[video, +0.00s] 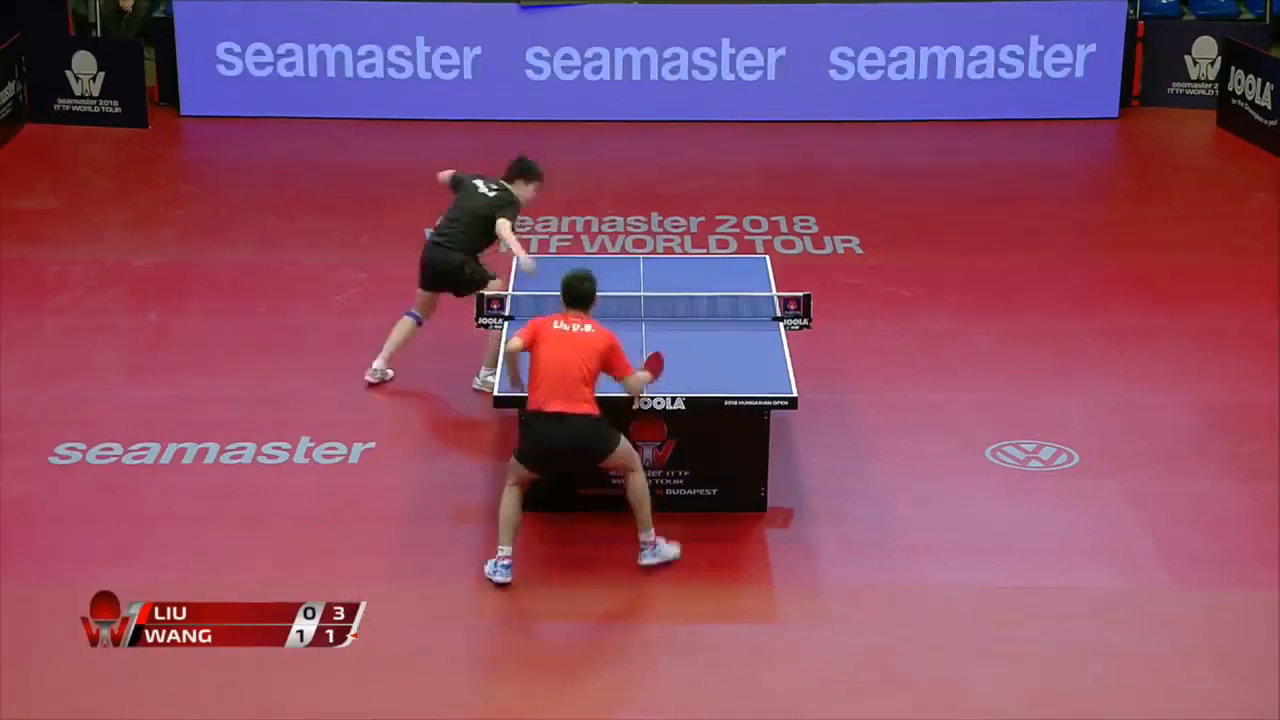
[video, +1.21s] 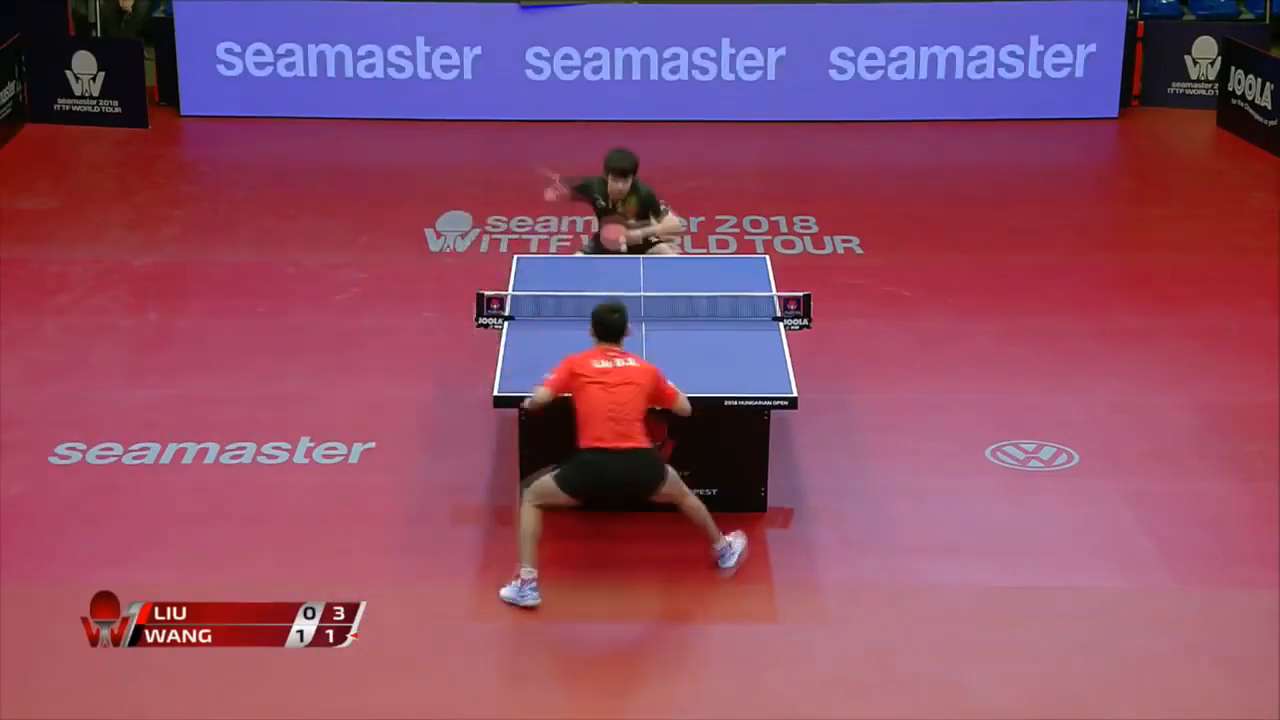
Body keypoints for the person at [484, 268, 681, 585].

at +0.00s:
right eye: (592, 297)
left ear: (562, 299)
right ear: (593, 301)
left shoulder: (540, 325)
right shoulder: (602, 336)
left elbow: (511, 347)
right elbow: (632, 386)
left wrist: (516, 382)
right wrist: (644, 375)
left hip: (540, 425)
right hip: (585, 425)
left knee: (515, 483)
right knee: (632, 466)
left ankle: (503, 561)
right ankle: (649, 544)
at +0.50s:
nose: (628, 306)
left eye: (627, 300)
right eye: (628, 301)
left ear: (596, 298)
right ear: (623, 303)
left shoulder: (564, 324)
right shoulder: (628, 340)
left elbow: (521, 349)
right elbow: (652, 377)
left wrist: (491, 360)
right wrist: (674, 359)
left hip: (564, 429)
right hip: (609, 432)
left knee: (512, 465)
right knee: (645, 432)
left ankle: (486, 542)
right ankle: (660, 512)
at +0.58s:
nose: (646, 306)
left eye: (645, 299)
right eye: (646, 300)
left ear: (615, 294)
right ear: (638, 301)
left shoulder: (584, 320)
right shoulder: (644, 335)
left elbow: (547, 348)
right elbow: (659, 367)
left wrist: (506, 360)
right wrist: (676, 349)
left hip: (582, 423)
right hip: (626, 425)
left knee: (525, 469)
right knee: (656, 441)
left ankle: (485, 540)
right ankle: (679, 505)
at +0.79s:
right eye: (663, 303)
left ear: (632, 303)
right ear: (662, 309)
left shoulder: (622, 326)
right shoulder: (667, 340)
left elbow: (602, 344)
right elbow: (663, 370)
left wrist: (556, 358)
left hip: (629, 427)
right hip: (667, 428)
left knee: (562, 470)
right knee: (674, 452)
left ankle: (535, 550)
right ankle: (698, 513)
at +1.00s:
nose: (610, 306)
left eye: (612, 302)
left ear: (614, 306)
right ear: (645, 308)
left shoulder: (607, 335)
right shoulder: (665, 341)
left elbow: (610, 370)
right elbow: (690, 382)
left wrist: (573, 408)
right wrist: (658, 368)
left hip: (625, 434)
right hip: (668, 432)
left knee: (564, 488)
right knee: (684, 466)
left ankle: (538, 564)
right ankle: (720, 538)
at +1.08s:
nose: (604, 326)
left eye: (604, 321)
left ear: (604, 324)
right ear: (634, 324)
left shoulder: (598, 357)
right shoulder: (661, 359)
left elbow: (595, 396)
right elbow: (693, 400)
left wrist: (553, 429)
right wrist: (683, 389)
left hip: (618, 456)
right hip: (663, 455)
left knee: (557, 504)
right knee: (684, 480)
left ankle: (533, 583)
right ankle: (722, 543)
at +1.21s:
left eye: (594, 327)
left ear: (592, 332)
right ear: (626, 332)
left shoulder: (576, 364)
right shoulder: (645, 369)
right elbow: (685, 408)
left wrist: (530, 403)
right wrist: (655, 397)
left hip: (592, 464)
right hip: (641, 463)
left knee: (532, 498)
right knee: (683, 495)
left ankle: (526, 583)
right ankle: (723, 548)